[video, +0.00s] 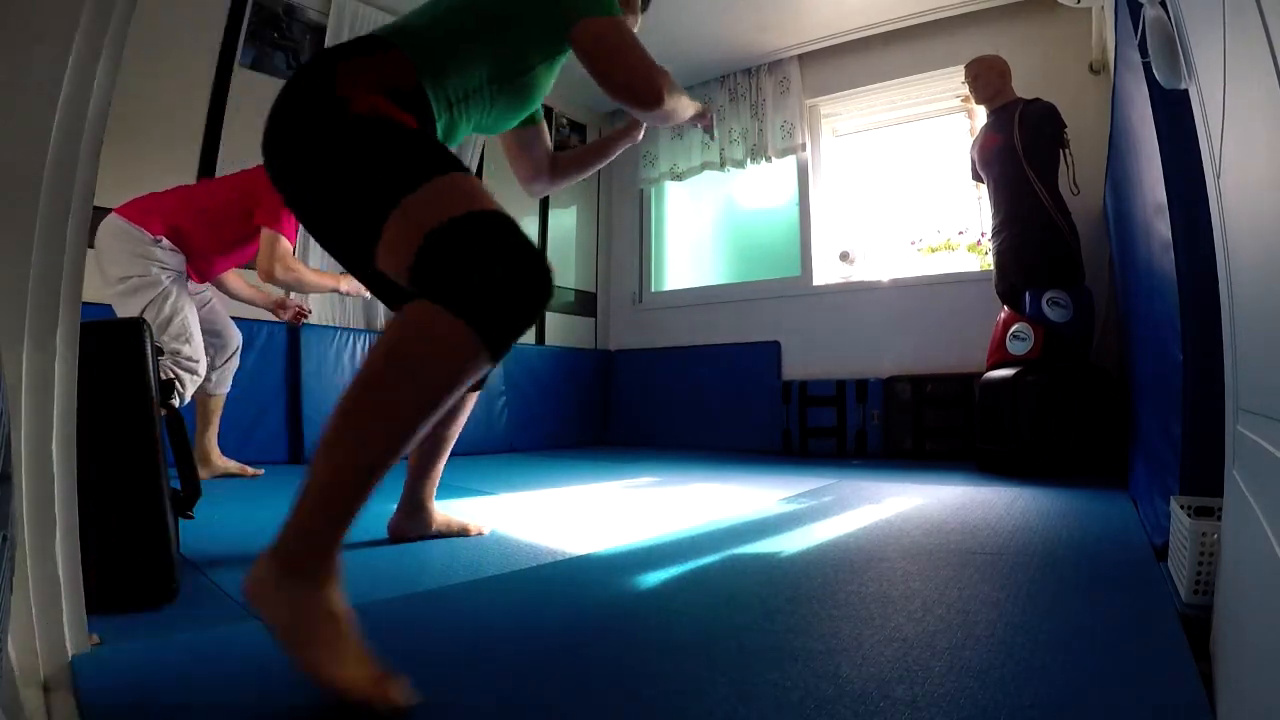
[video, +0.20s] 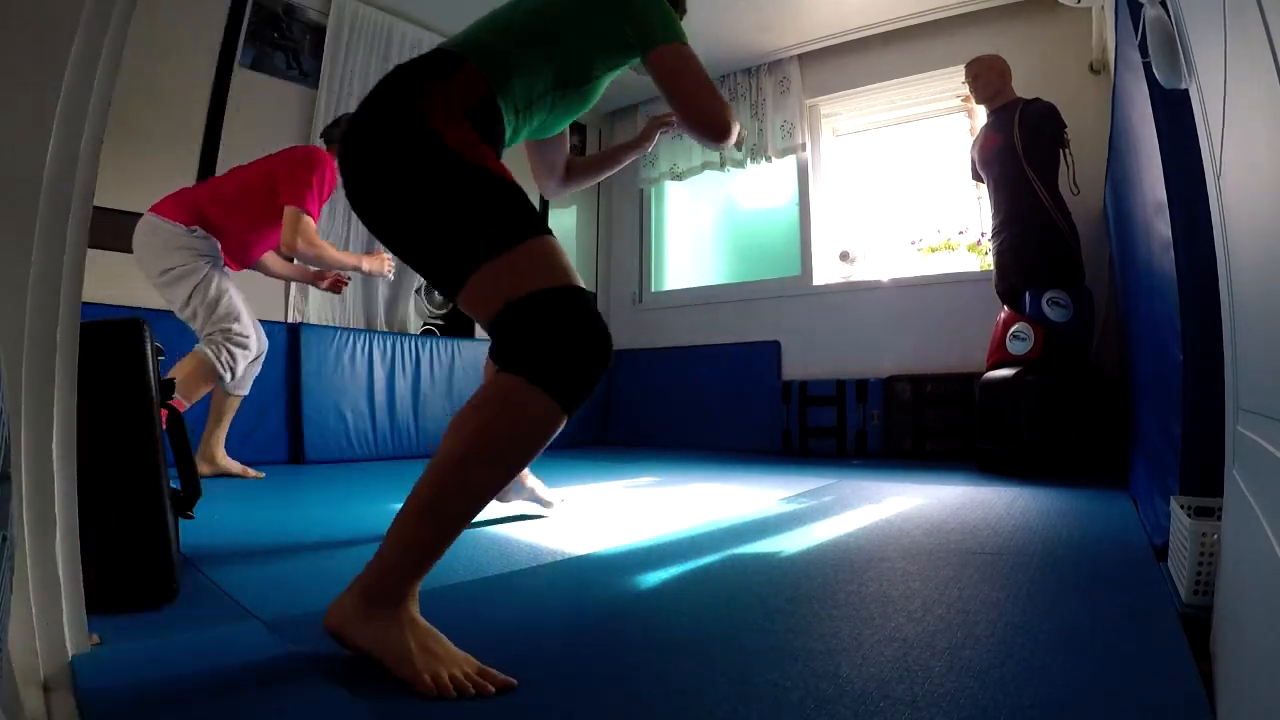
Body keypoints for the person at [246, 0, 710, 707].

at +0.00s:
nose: (631, 23)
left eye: (633, 15)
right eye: (633, 10)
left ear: (602, 12)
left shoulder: (513, 65)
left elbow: (543, 176)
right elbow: (646, 91)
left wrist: (635, 128)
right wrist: (685, 106)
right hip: (350, 106)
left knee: (480, 305)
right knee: (497, 274)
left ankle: (416, 507)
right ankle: (295, 567)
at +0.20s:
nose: (680, 17)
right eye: (675, 14)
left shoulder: (555, 48)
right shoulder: (641, 2)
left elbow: (558, 179)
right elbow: (715, 122)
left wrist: (654, 129)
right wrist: (724, 130)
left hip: (405, 143)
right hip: (423, 136)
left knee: (545, 333)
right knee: (567, 343)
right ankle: (377, 602)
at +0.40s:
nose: (699, 62)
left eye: (699, 54)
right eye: (697, 51)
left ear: (638, 26)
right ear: (682, 33)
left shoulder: (600, 88)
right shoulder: (663, 45)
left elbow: (598, 193)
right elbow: (743, 153)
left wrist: (668, 163)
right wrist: (751, 139)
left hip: (454, 196)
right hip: (502, 170)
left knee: (570, 351)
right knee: (659, 311)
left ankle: (522, 529)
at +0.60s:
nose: (728, 68)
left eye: (723, 58)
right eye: (727, 58)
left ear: (669, 43)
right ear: (716, 44)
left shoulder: (633, 77)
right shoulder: (712, 61)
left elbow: (612, 194)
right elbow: (790, 167)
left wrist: (680, 172)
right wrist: (773, 141)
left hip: (519, 197)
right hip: (569, 186)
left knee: (616, 339)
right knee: (682, 368)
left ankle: (590, 479)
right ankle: (539, 560)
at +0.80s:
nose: (756, 93)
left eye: (753, 85)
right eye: (755, 85)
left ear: (697, 77)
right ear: (747, 79)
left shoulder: (665, 109)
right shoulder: (743, 98)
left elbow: (667, 213)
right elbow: (806, 196)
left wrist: (720, 182)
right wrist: (793, 160)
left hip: (566, 220)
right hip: (630, 209)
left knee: (650, 343)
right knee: (763, 331)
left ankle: (608, 485)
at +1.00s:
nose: (785, 101)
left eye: (780, 94)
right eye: (783, 95)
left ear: (726, 93)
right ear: (774, 91)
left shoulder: (696, 118)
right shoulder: (780, 111)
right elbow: (842, 207)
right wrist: (804, 160)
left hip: (618, 225)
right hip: (683, 215)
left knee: (680, 339)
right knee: (795, 364)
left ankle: (661, 463)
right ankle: (736, 525)